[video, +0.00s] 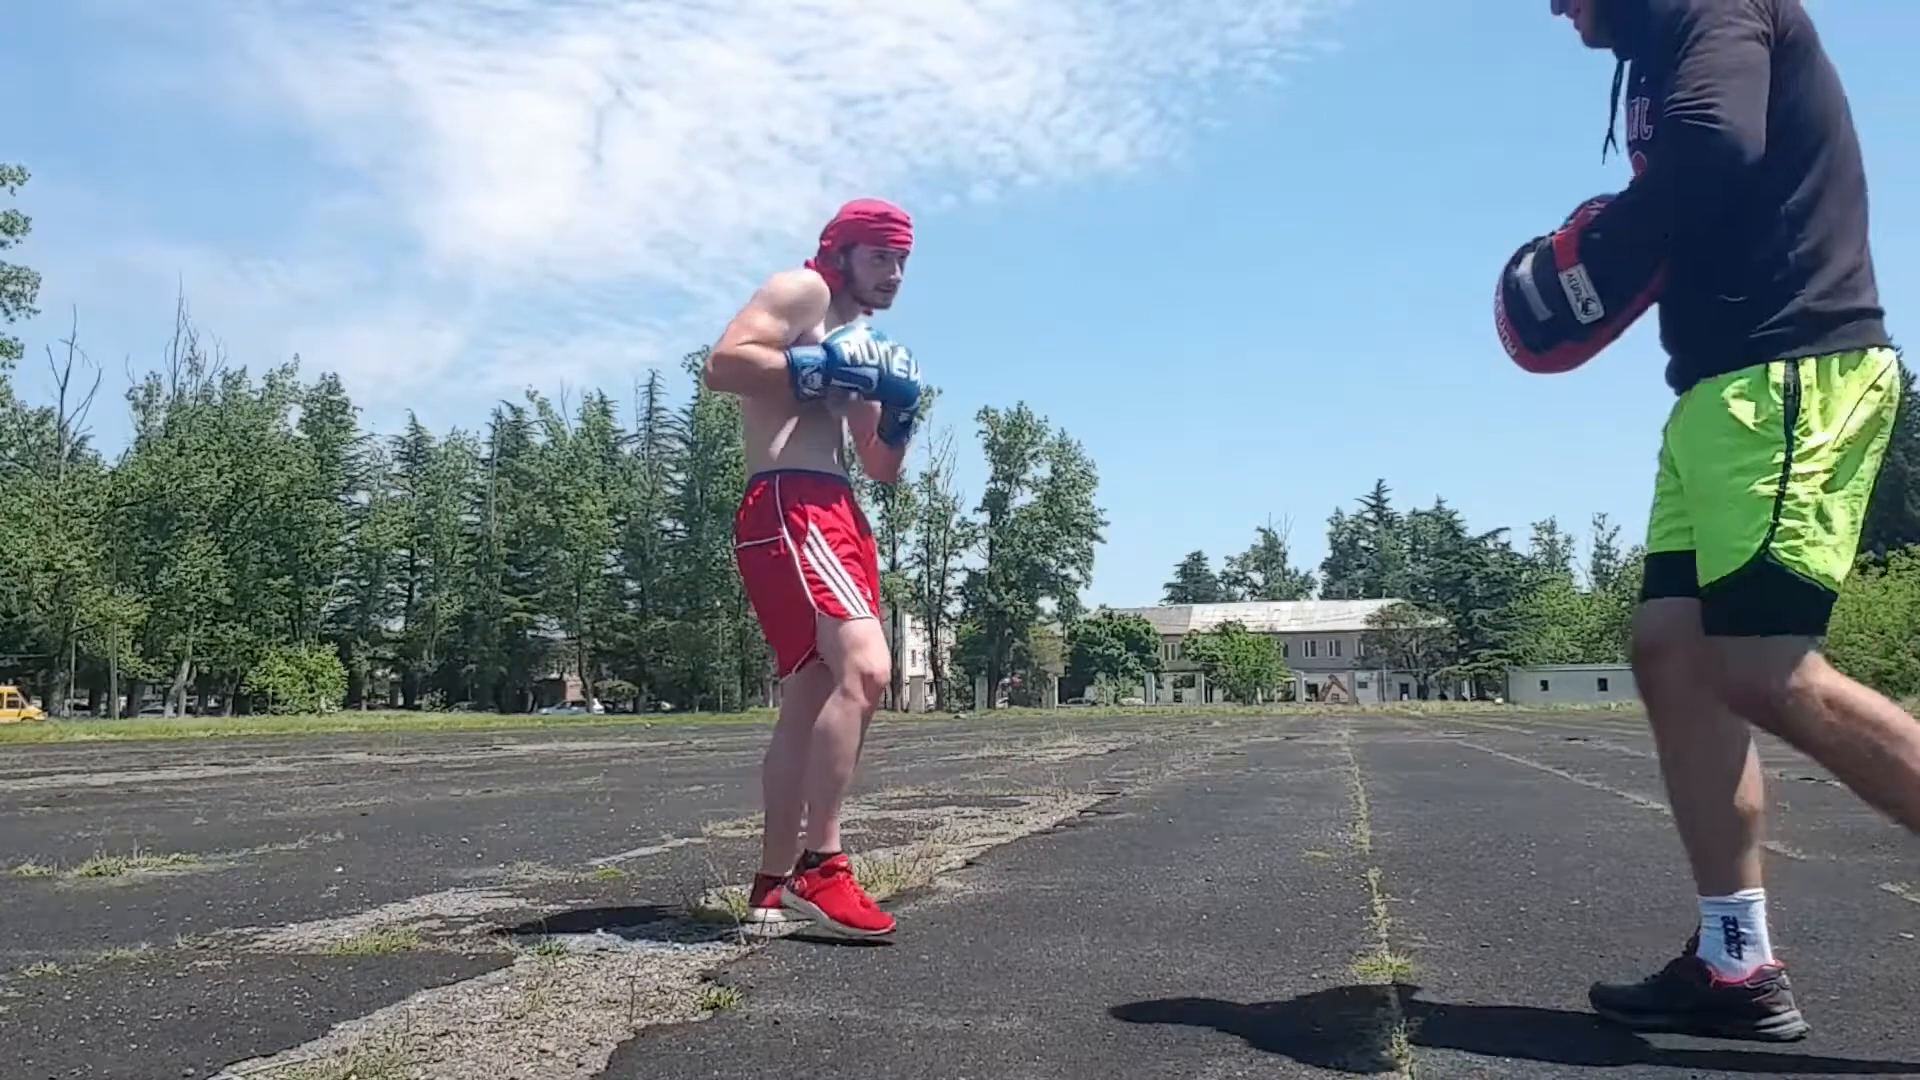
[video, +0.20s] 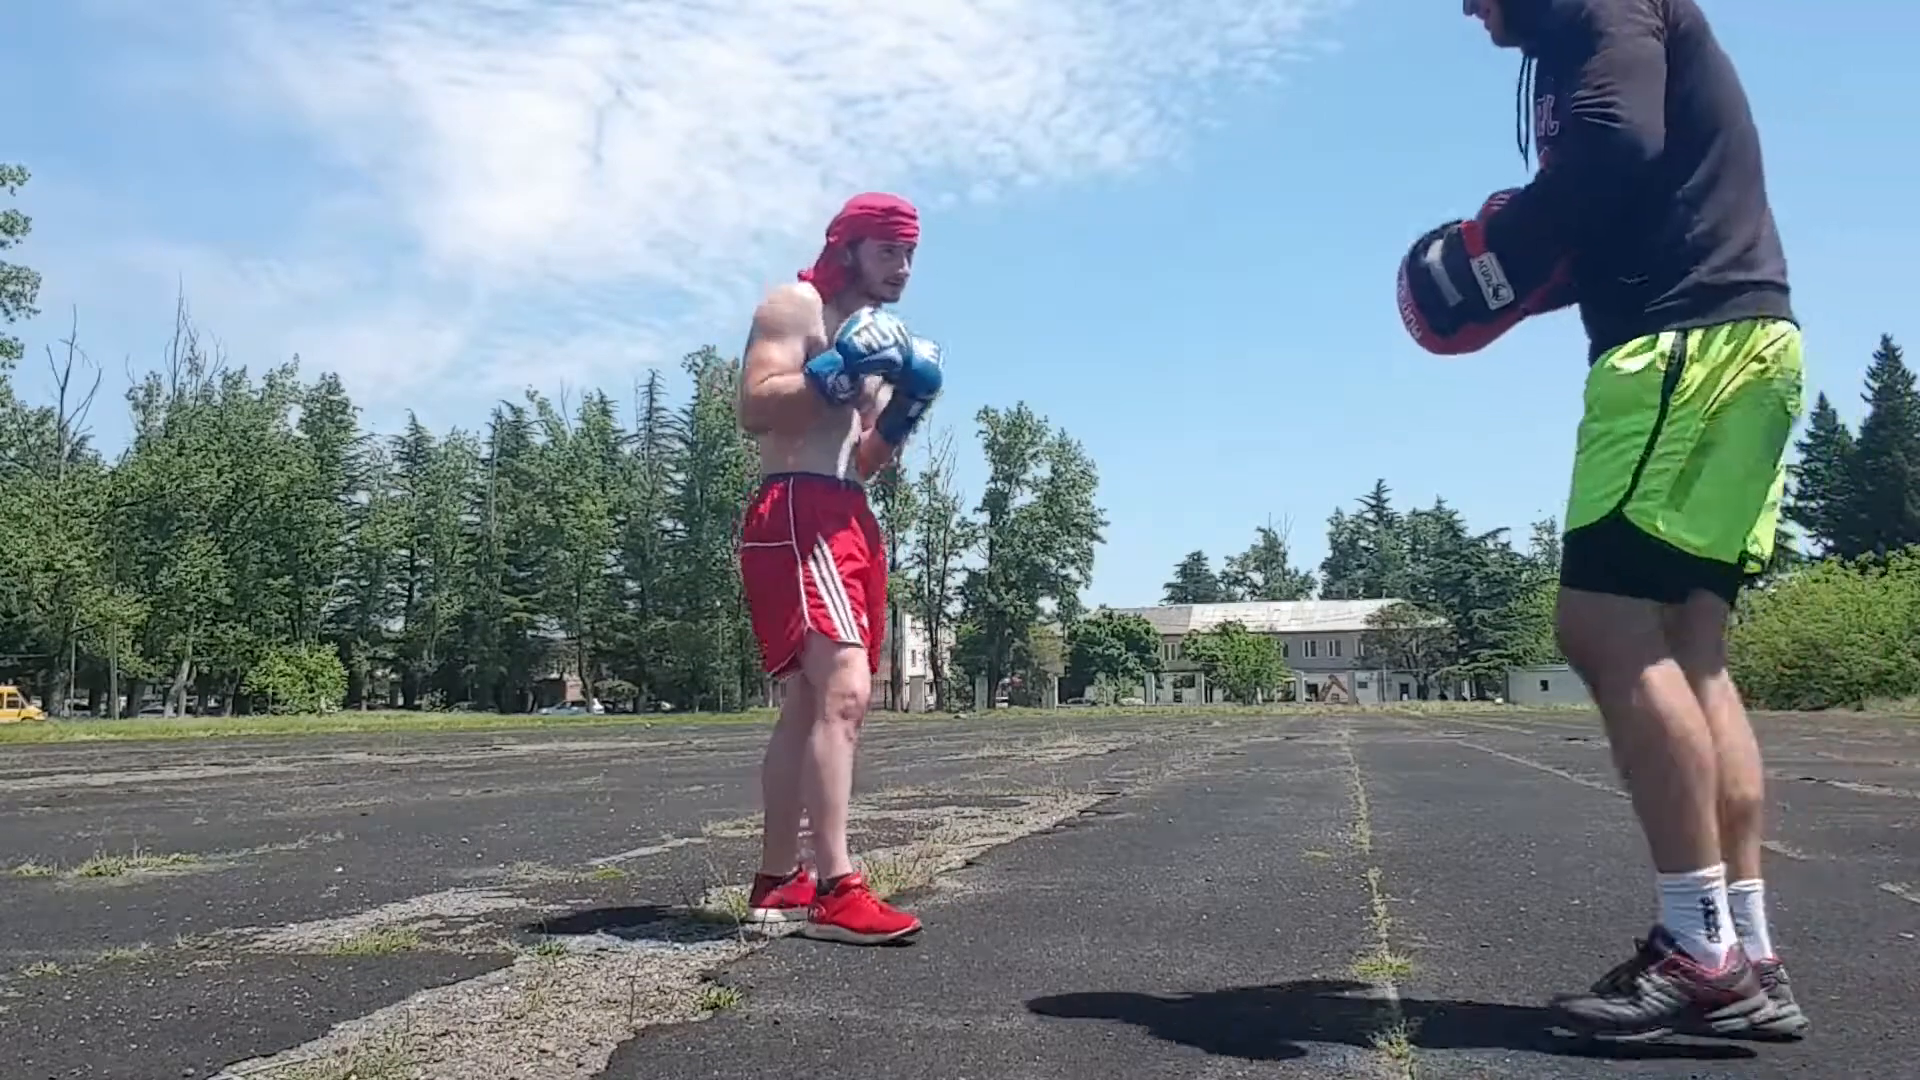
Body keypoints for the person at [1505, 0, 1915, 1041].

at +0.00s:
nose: (1561, 9)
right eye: (1557, 2)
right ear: (1609, 8)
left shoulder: (1713, 7)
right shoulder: (1660, 62)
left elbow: (1720, 141)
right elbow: (1688, 210)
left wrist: (1596, 248)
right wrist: (1581, 271)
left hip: (1798, 368)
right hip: (1720, 382)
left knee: (1757, 666)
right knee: (1670, 650)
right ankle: (1735, 965)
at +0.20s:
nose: (1475, 13)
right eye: (1469, 5)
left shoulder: (1585, 6)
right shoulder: (1624, 35)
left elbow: (1622, 140)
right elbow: (1635, 217)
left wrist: (1496, 238)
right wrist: (1512, 277)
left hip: (1683, 337)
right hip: (1742, 333)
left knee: (1603, 623)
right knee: (1694, 650)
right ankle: (1745, 961)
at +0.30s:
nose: (1436, 21)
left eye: (1435, 5)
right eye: (1433, 10)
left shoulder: (1544, 10)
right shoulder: (1604, 34)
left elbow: (1571, 157)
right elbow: (1587, 232)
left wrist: (1463, 257)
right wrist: (1477, 294)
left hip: (1636, 358)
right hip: (1694, 354)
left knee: (1577, 653)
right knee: (1633, 665)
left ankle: (1600, 968)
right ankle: (1721, 949)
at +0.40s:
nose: (1417, 54)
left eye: (1412, 31)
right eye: (1410, 39)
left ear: (1444, 7)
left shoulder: (1510, 39)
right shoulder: (1586, 54)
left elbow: (1503, 205)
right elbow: (1553, 251)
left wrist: (1425, 318)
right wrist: (1456, 332)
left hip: (1591, 386)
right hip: (1660, 387)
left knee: (1501, 658)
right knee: (1513, 654)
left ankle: (1596, 977)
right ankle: (1657, 887)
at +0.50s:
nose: (1386, 57)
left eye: (1385, 28)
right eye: (1378, 36)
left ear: (1423, 8)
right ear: (1479, 4)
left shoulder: (1470, 57)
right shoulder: (1560, 68)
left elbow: (1464, 221)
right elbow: (1537, 270)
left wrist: (1391, 327)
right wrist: (1426, 357)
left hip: (1563, 393)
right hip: (1619, 391)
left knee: (1490, 669)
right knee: (1443, 635)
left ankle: (1595, 977)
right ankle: (1556, 902)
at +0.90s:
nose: (1317, 97)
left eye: (1317, 73)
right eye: (1312, 81)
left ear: (1348, 46)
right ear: (1394, 30)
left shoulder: (1395, 80)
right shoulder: (1464, 105)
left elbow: (1380, 232)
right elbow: (1431, 307)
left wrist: (1285, 327)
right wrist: (1307, 364)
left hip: (1483, 397)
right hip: (1534, 392)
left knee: (1391, 651)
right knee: (1436, 663)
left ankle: (1536, 918)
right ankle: (1464, 919)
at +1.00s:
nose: (1315, 67)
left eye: (1314, 43)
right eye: (1310, 49)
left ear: (1350, 20)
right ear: (1402, 17)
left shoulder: (1392, 71)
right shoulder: (1461, 92)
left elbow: (1307, 211)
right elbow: (1428, 250)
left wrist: (1215, 255)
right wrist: (1329, 270)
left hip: (1475, 399)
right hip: (1512, 393)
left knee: (1436, 664)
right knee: (1415, 660)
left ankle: (1542, 942)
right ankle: (1463, 914)